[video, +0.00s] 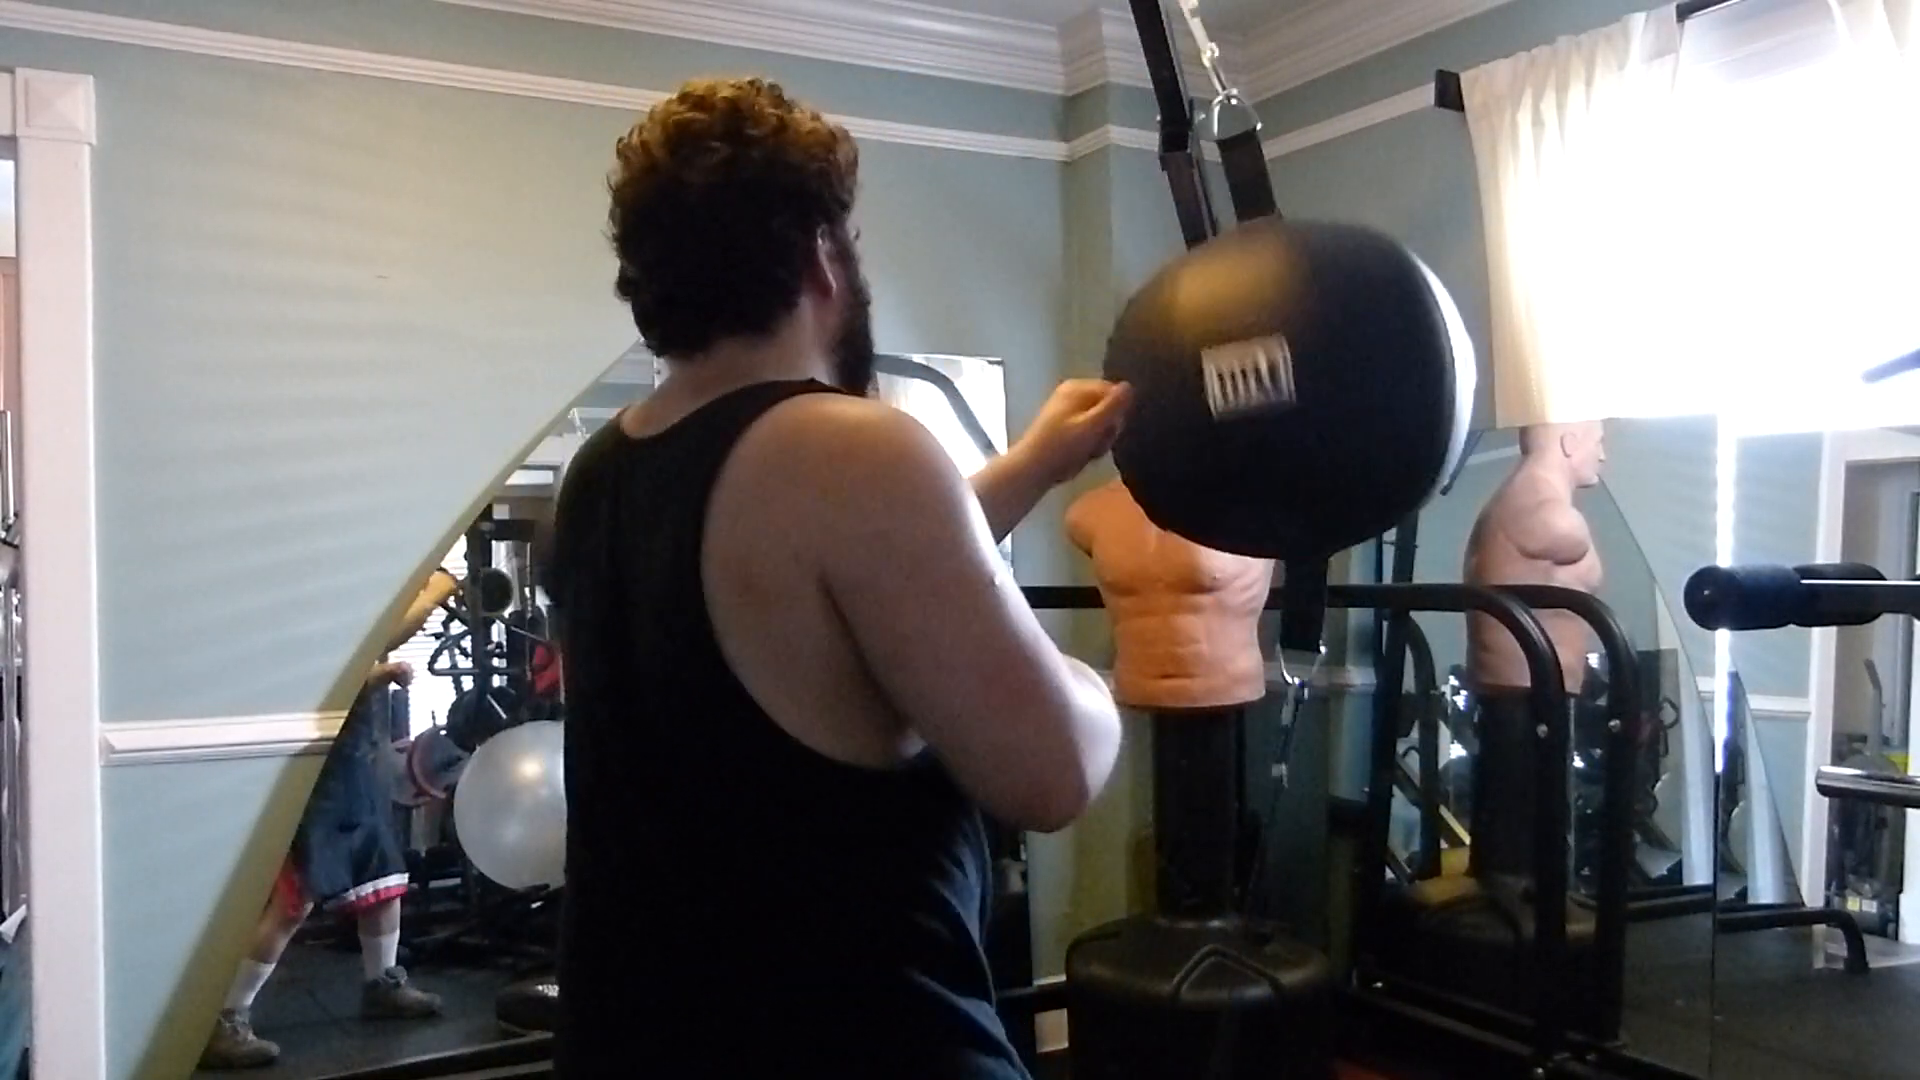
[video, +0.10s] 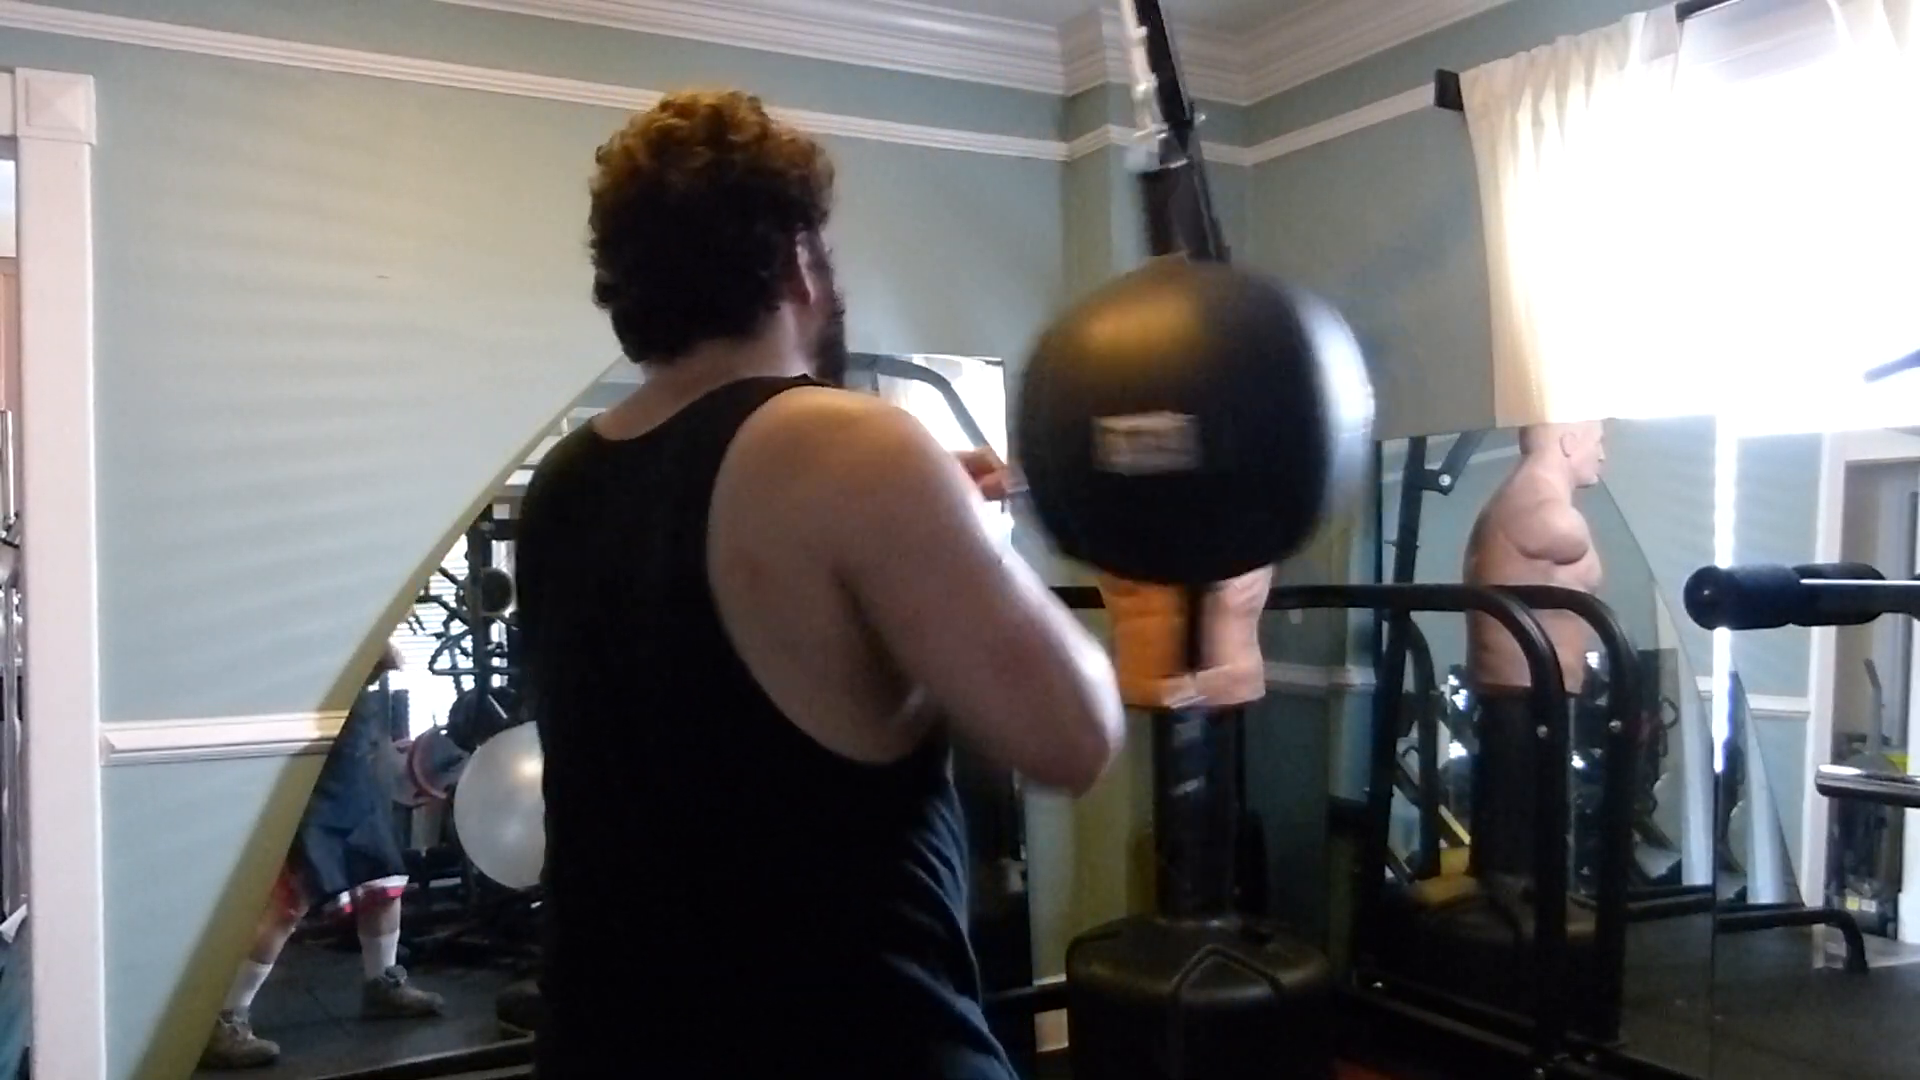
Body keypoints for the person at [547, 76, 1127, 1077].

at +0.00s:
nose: (857, 271)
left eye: (854, 244)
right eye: (853, 244)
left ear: (647, 276)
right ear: (822, 259)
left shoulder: (599, 474)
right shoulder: (861, 455)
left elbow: (815, 604)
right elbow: (1052, 777)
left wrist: (1036, 461)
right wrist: (1080, 679)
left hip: (637, 1020)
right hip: (875, 1029)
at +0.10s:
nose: (837, 287)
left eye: (832, 256)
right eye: (830, 254)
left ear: (627, 288)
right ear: (798, 264)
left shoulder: (562, 487)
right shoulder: (853, 449)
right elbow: (1074, 745)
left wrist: (909, 507)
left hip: (617, 1012)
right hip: (861, 1019)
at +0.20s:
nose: (796, 284)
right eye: (787, 257)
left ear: (583, 305)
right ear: (763, 274)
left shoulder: (514, 507)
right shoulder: (904, 437)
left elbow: (538, 721)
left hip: (593, 1031)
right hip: (866, 1033)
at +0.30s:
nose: (763, 282)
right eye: (751, 256)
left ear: (553, 323)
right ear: (736, 277)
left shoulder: (496, 509)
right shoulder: (912, 433)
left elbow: (517, 707)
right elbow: (1040, 541)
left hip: (610, 1031)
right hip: (893, 1024)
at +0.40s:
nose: (726, 299)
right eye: (717, 277)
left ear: (519, 335)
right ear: (701, 293)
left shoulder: (459, 516)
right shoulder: (875, 442)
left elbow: (491, 750)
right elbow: (1059, 622)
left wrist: (438, 650)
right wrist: (881, 633)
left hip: (625, 1038)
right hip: (912, 1026)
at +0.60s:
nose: (674, 326)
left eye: (663, 296)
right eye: (663, 300)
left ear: (468, 356)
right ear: (638, 313)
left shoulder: (402, 545)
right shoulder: (811, 448)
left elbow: (452, 767)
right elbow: (984, 688)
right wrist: (798, 736)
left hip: (598, 1038)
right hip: (871, 1018)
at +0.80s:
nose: (743, 312)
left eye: (740, 293)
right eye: (736, 291)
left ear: (536, 316)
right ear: (710, 305)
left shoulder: (454, 518)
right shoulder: (835, 466)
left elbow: (533, 757)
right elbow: (995, 750)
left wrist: (716, 430)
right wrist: (855, 745)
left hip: (592, 1028)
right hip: (848, 1023)